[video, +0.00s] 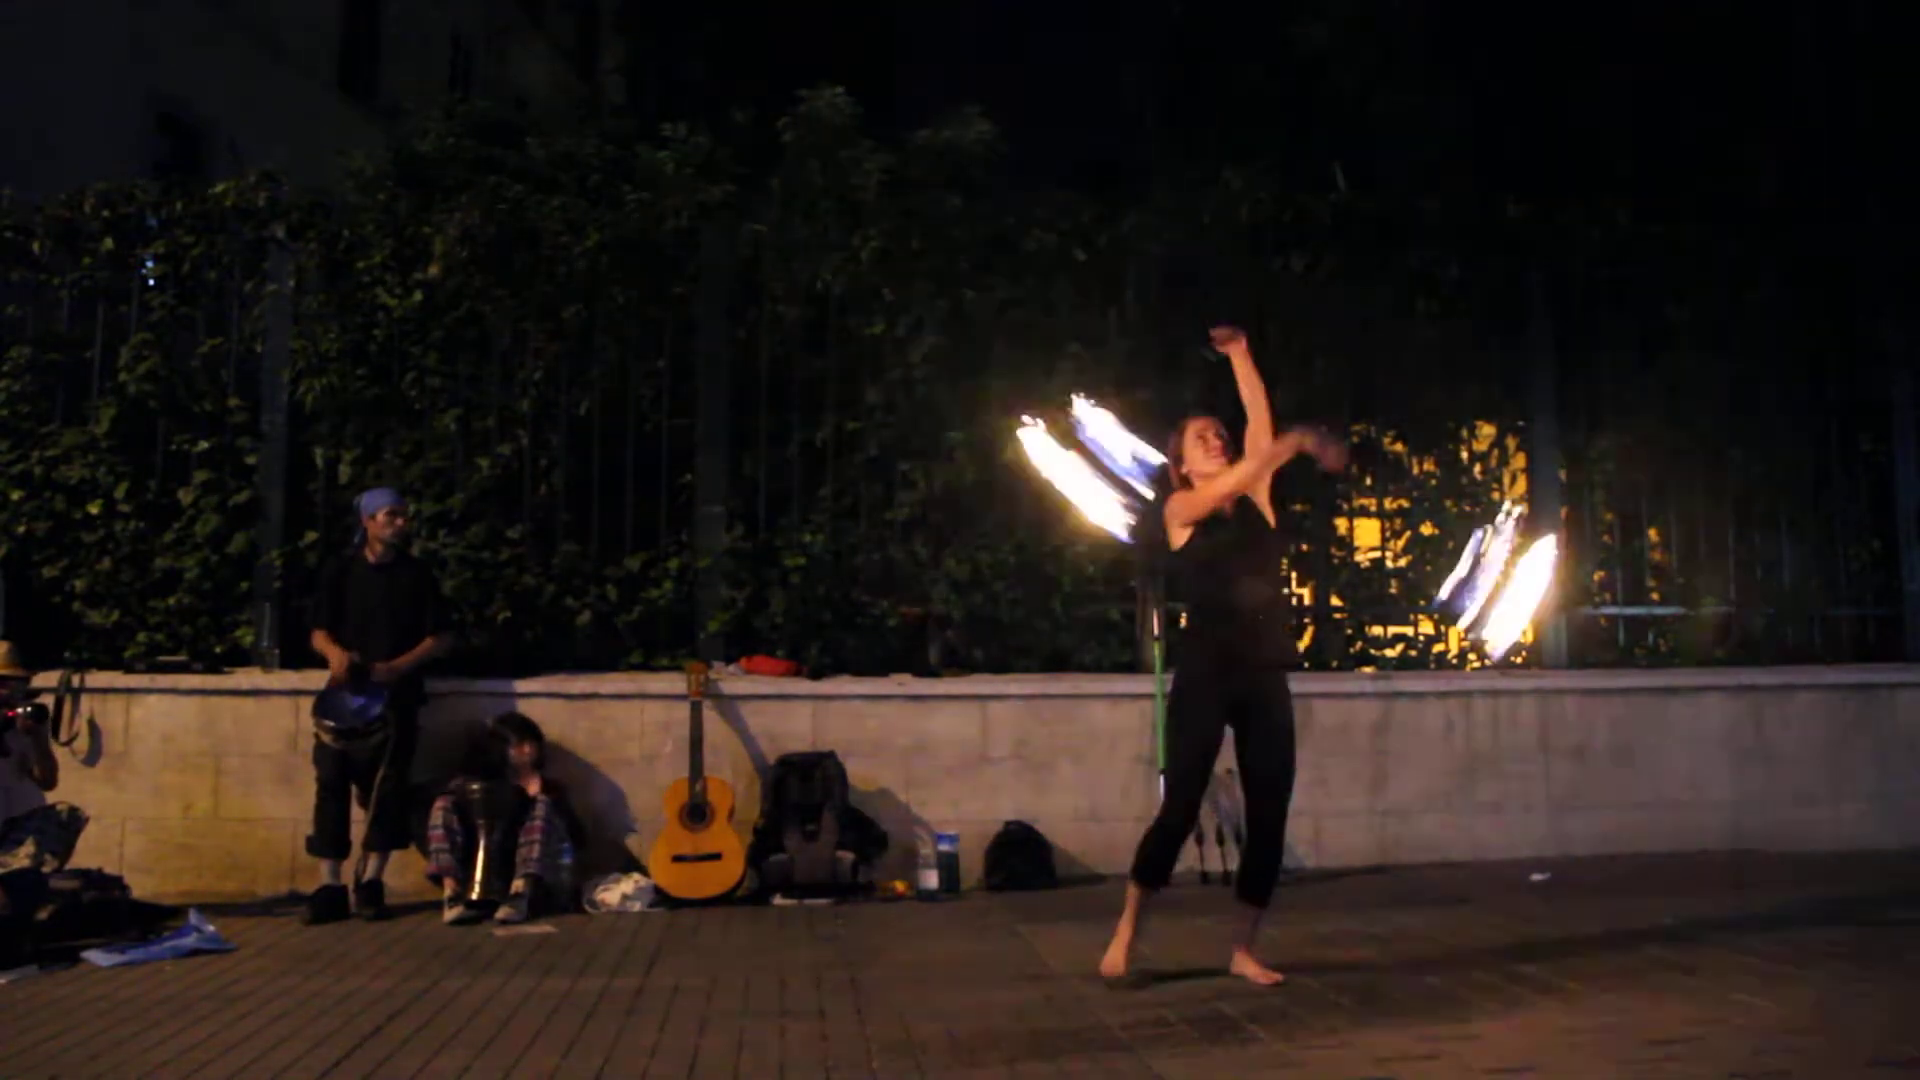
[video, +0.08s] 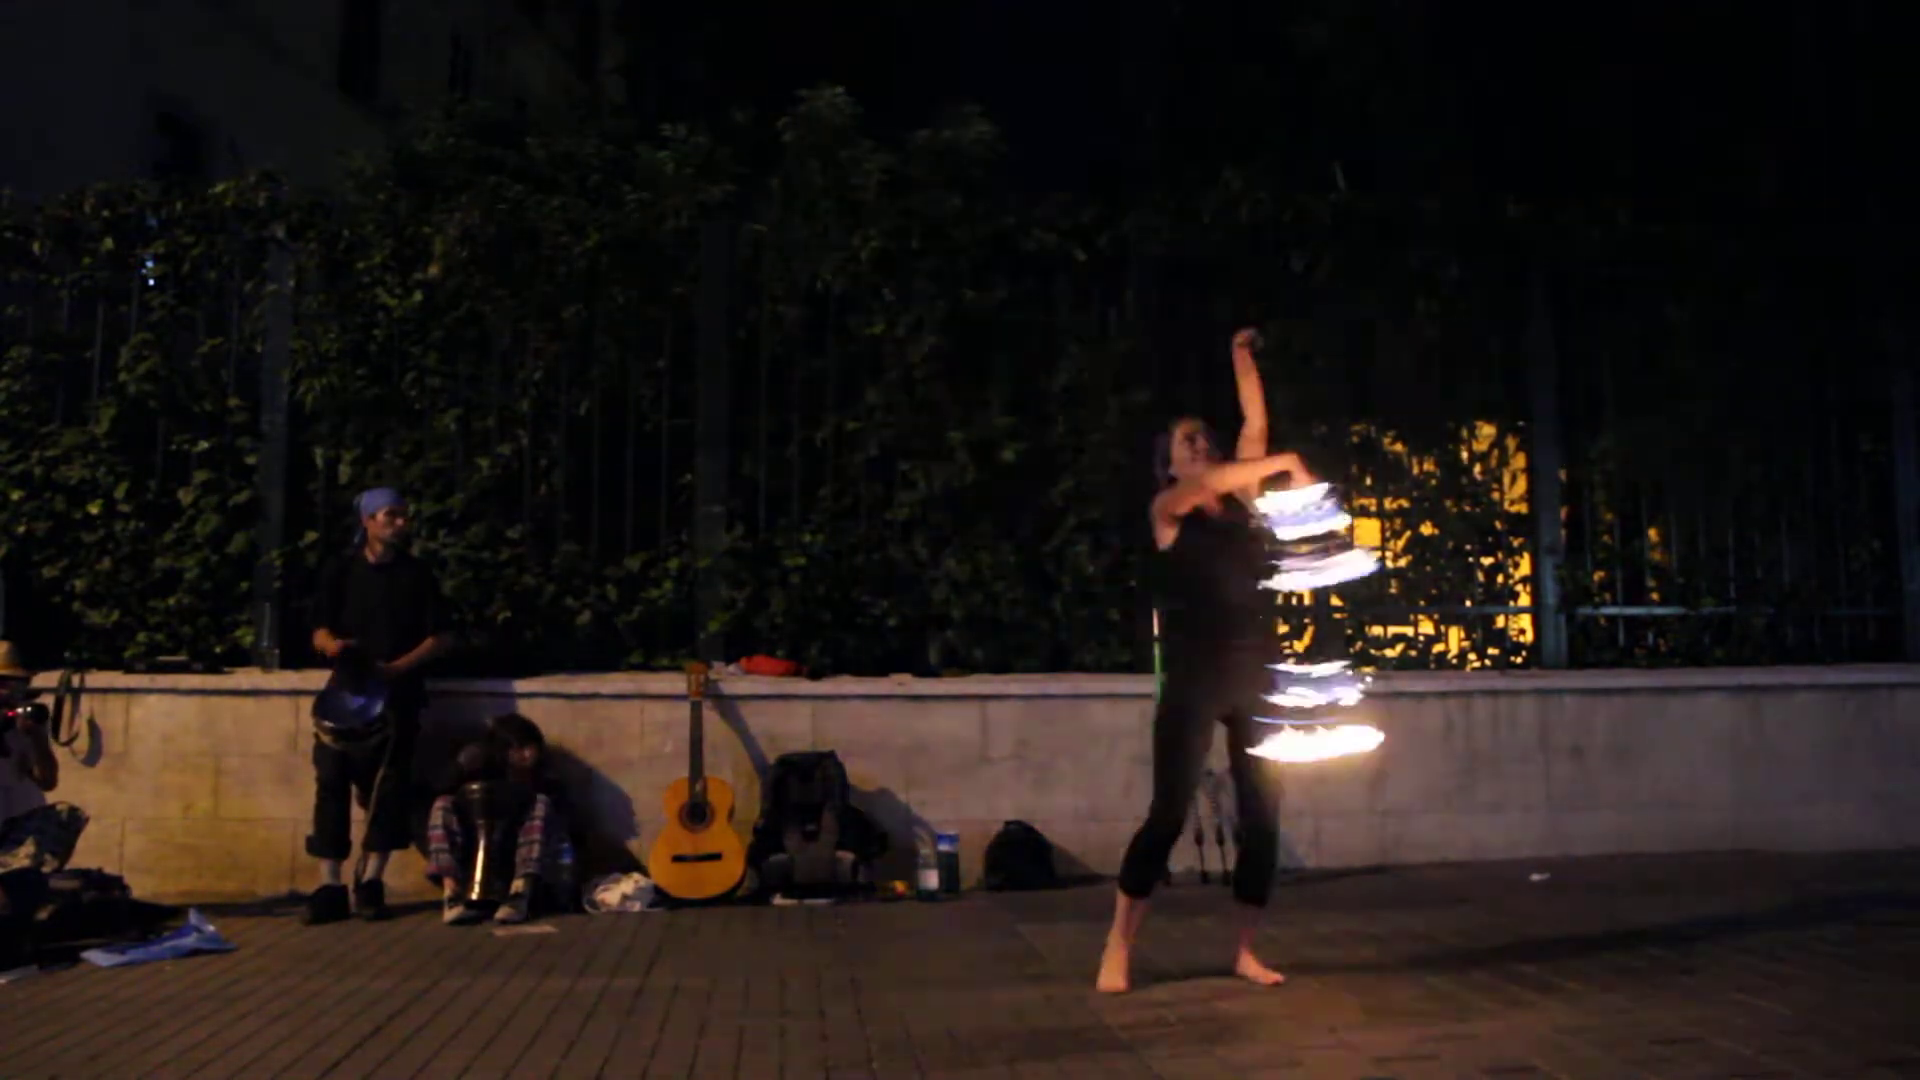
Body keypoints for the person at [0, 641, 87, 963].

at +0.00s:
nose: (11, 690)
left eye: (17, 683)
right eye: (6, 683)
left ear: (25, 686)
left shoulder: (25, 723)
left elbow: (48, 781)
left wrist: (37, 734)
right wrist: (18, 731)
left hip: (23, 817)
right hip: (8, 821)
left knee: (70, 816)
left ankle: (29, 878)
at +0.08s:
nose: (11, 690)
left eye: (16, 683)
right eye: (6, 682)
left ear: (25, 686)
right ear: (1, 685)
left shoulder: (26, 722)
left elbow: (48, 781)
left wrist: (35, 733)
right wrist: (22, 731)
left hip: (26, 817)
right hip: (10, 820)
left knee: (71, 818)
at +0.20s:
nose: (11, 690)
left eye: (16, 683)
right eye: (6, 682)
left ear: (24, 686)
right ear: (1, 685)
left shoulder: (24, 724)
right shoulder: (11, 724)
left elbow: (48, 782)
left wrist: (37, 733)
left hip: (29, 818)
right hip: (11, 822)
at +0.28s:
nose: (11, 690)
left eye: (17, 683)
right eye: (6, 682)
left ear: (25, 686)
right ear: (0, 685)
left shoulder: (26, 723)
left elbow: (47, 782)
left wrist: (36, 734)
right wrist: (17, 732)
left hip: (28, 818)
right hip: (11, 821)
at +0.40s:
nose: (13, 691)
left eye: (19, 684)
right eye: (7, 683)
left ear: (27, 686)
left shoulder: (27, 725)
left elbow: (48, 782)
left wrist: (36, 732)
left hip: (27, 819)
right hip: (11, 822)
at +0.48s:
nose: (17, 693)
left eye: (22, 687)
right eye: (10, 686)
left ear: (28, 688)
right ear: (2, 688)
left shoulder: (27, 727)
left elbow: (47, 782)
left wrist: (37, 734)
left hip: (25, 816)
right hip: (11, 818)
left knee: (70, 817)